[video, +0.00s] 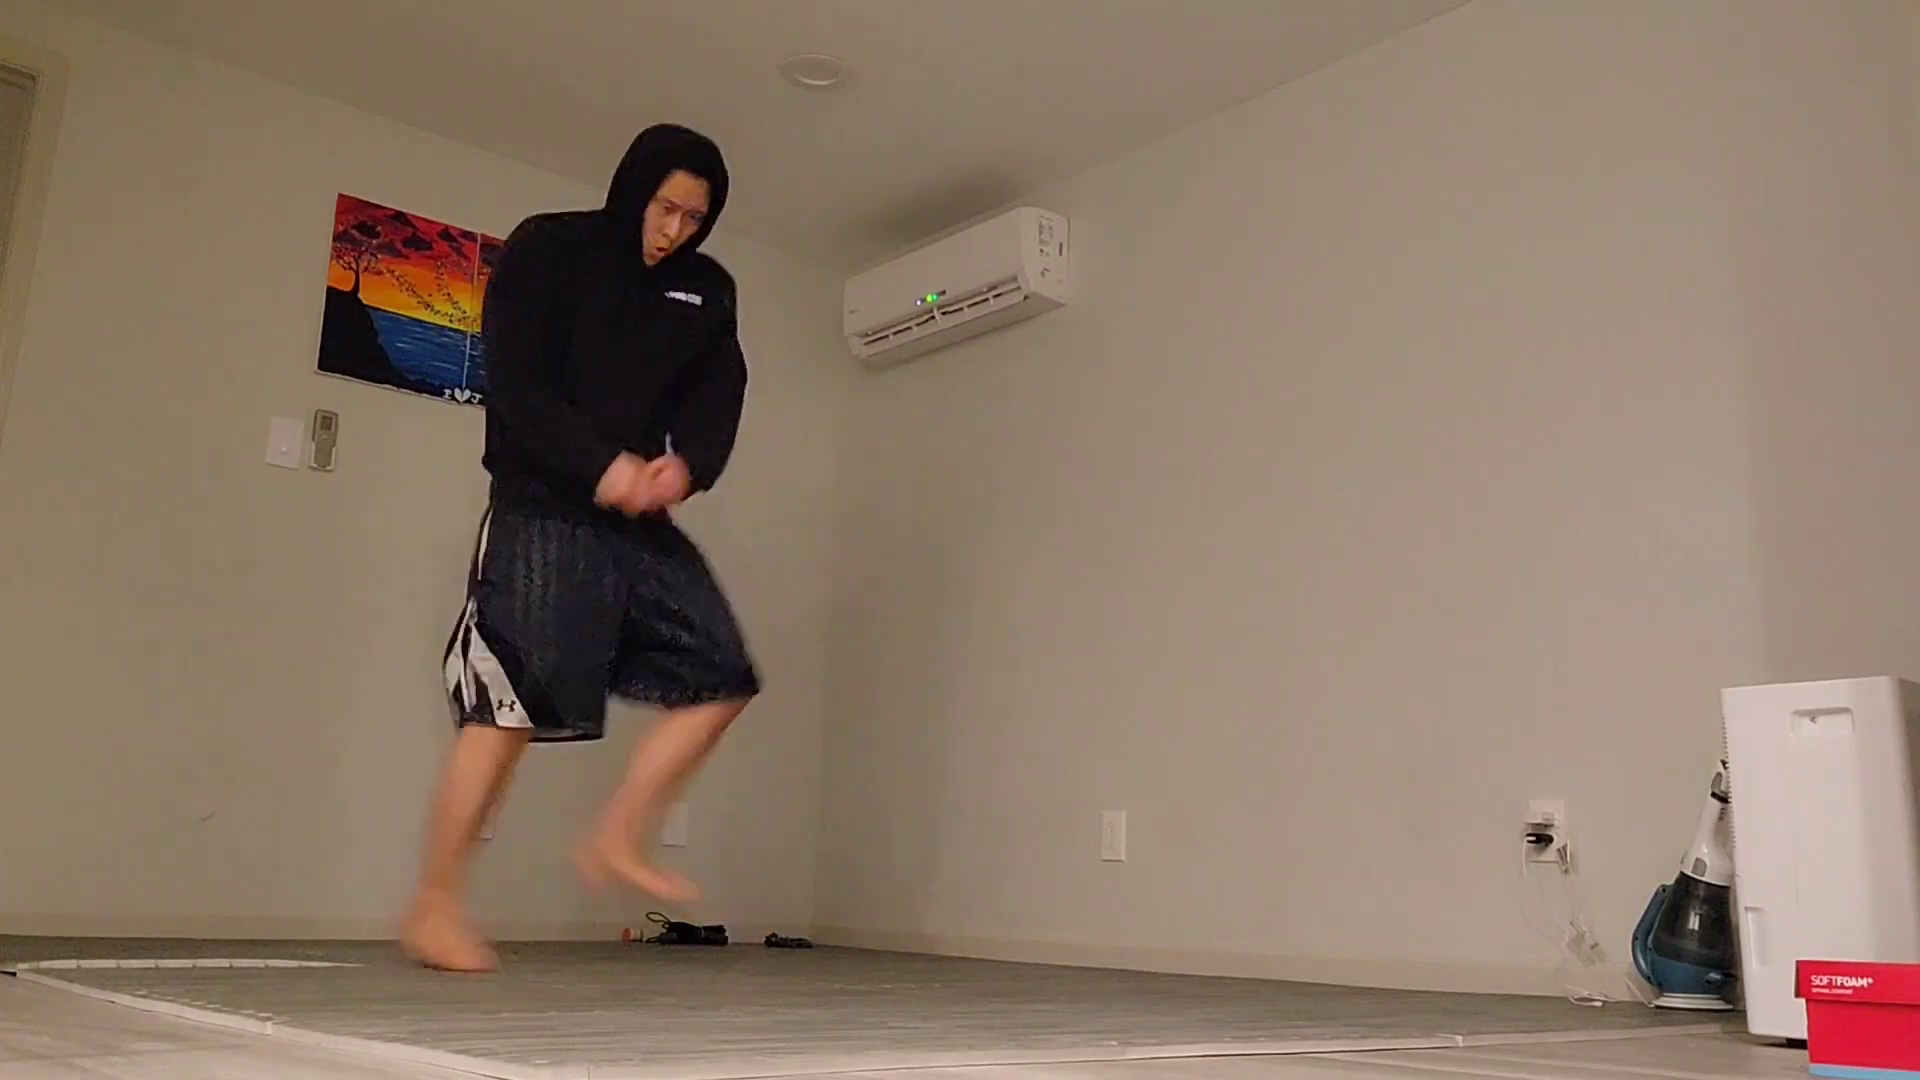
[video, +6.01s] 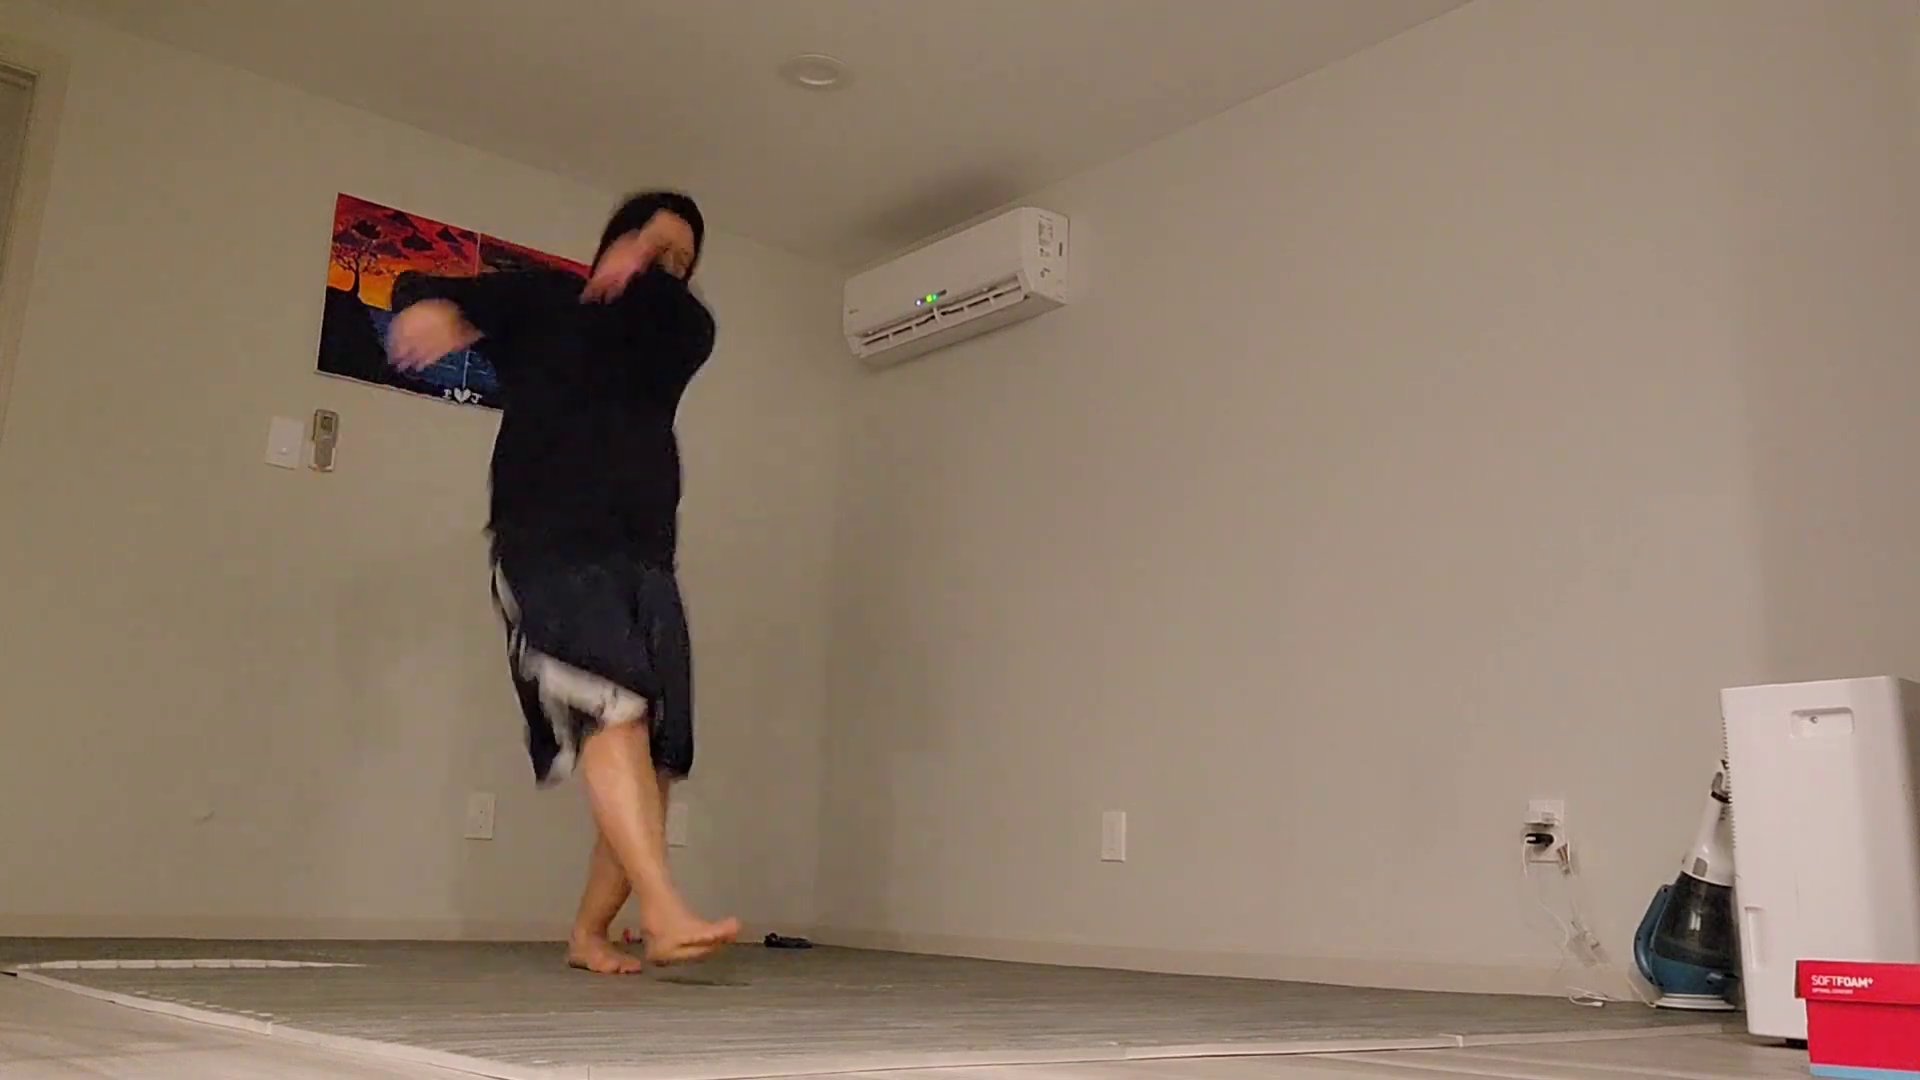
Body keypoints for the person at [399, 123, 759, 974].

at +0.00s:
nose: (675, 230)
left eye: (693, 217)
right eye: (666, 207)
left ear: (706, 218)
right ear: (630, 190)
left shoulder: (705, 285)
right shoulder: (546, 248)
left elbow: (718, 393)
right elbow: (513, 386)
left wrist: (684, 467)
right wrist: (603, 463)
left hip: (643, 522)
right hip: (542, 512)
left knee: (720, 682)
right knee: (504, 708)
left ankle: (617, 838)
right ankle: (433, 908)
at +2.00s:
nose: (660, 321)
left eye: (669, 310)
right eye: (654, 303)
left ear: (669, 311)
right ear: (618, 287)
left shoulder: (641, 375)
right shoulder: (545, 332)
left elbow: (656, 465)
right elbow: (494, 408)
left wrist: (708, 529)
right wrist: (560, 502)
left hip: (604, 568)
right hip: (529, 553)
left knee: (612, 729)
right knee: (559, 714)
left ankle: (545, 906)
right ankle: (547, 912)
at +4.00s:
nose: (586, 287)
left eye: (603, 274)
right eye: (575, 268)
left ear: (622, 275)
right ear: (549, 259)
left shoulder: (631, 316)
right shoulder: (490, 315)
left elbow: (637, 371)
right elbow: (433, 401)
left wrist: (525, 356)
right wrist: (517, 467)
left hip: (608, 544)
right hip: (514, 546)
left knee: (581, 688)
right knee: (485, 734)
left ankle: (549, 878)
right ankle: (456, 907)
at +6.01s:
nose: (653, 258)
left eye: (675, 252)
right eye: (648, 240)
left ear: (687, 268)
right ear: (615, 240)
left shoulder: (679, 326)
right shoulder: (542, 295)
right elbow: (449, 296)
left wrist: (644, 250)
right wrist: (437, 313)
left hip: (642, 546)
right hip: (548, 536)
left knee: (651, 745)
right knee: (613, 715)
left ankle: (590, 930)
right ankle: (663, 913)